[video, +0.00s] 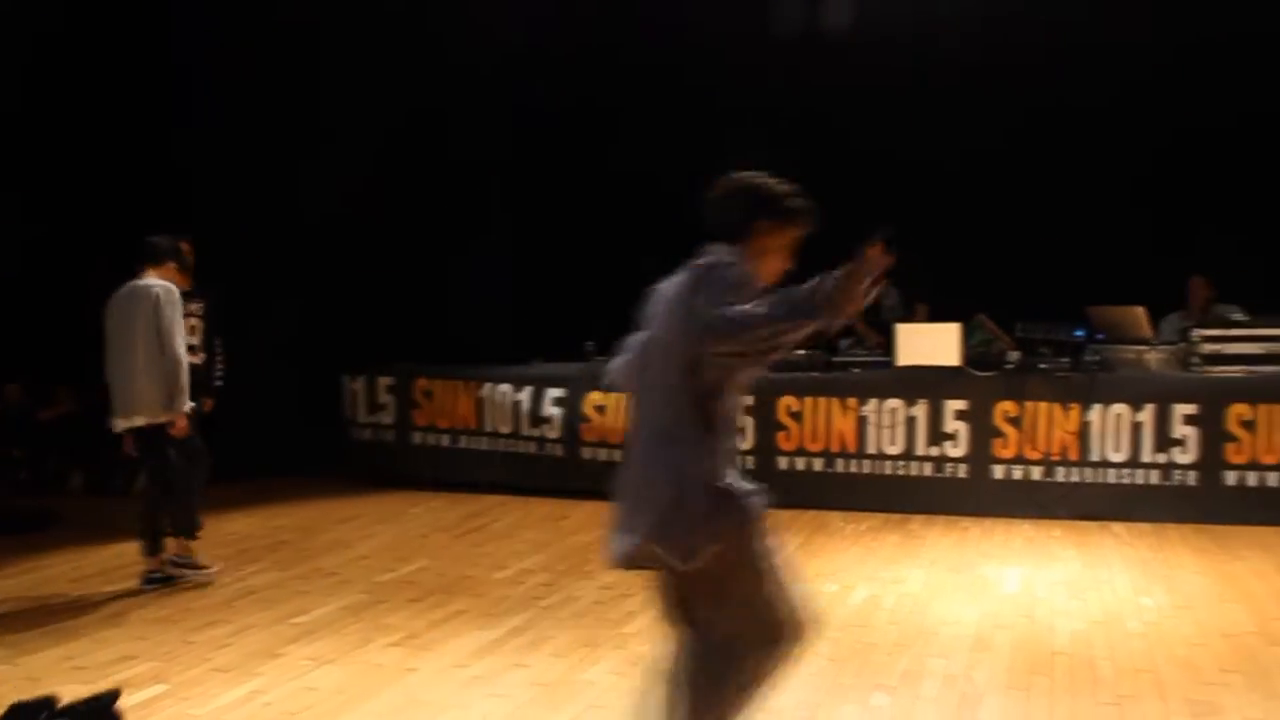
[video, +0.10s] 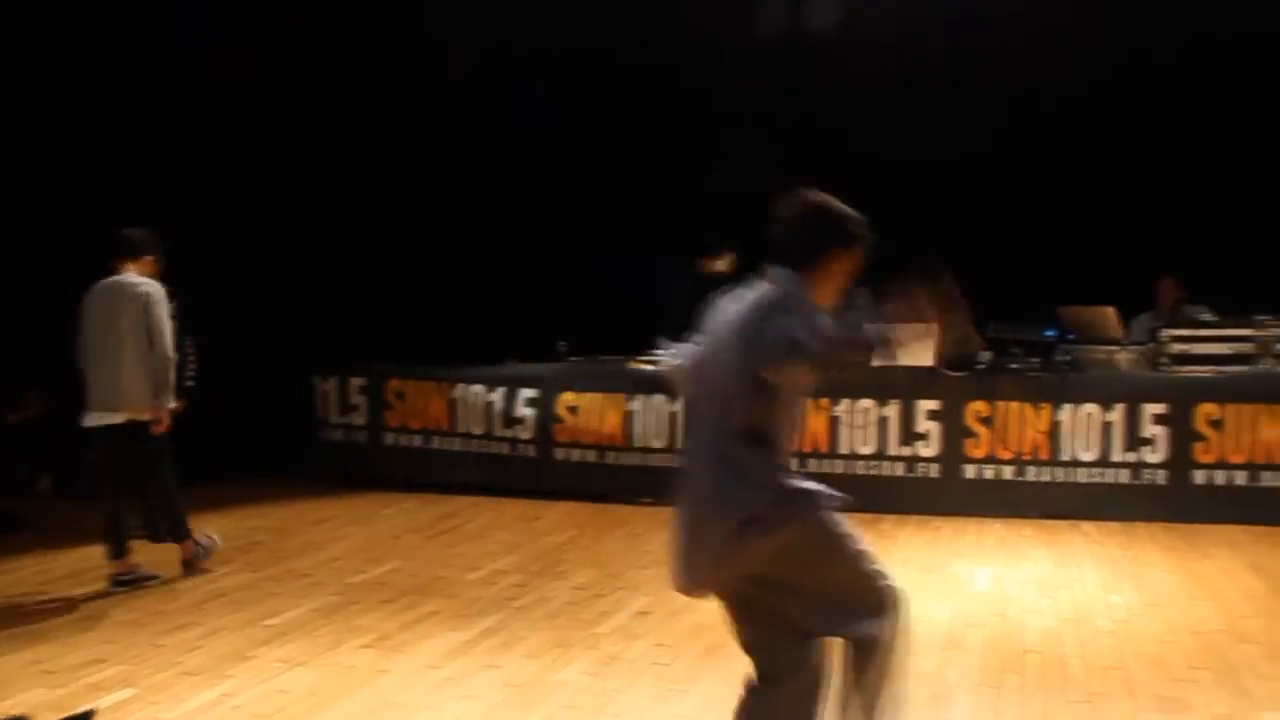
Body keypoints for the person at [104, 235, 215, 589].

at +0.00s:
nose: (179, 279)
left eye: (179, 273)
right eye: (179, 272)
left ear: (145, 265)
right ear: (169, 266)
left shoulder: (118, 299)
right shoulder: (165, 292)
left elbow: (116, 364)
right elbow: (176, 352)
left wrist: (124, 421)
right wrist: (181, 407)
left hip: (135, 412)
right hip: (164, 410)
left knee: (151, 482)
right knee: (184, 473)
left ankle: (153, 560)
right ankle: (182, 550)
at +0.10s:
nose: (156, 269)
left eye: (154, 264)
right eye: (155, 264)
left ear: (120, 261)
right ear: (148, 261)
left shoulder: (95, 294)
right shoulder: (151, 292)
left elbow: (87, 353)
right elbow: (164, 351)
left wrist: (102, 396)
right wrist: (164, 402)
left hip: (101, 417)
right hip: (141, 414)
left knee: (113, 490)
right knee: (160, 481)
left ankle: (121, 562)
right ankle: (188, 546)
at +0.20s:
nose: (120, 269)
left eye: (117, 264)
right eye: (121, 264)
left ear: (85, 263)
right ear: (118, 263)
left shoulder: (62, 297)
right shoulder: (125, 297)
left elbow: (50, 356)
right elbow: (143, 359)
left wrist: (68, 389)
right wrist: (143, 408)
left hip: (67, 421)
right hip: (114, 418)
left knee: (74, 493)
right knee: (127, 481)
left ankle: (81, 565)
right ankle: (144, 539)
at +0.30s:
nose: (93, 273)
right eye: (94, 268)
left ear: (56, 264)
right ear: (93, 267)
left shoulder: (33, 296)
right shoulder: (101, 302)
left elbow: (16, 354)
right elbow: (118, 364)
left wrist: (32, 388)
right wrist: (116, 414)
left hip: (32, 421)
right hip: (80, 422)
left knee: (46, 492)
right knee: (87, 486)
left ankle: (52, 565)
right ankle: (97, 551)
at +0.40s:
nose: (67, 281)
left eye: (65, 276)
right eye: (66, 276)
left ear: (29, 271)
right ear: (62, 275)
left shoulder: (8, 298)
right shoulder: (72, 309)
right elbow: (92, 370)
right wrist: (87, 420)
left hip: (9, 414)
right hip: (52, 415)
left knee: (19, 479)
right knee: (60, 481)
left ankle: (32, 530)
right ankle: (62, 553)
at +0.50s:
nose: (12, 277)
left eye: (9, 270)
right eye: (16, 270)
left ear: (3, 269)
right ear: (24, 270)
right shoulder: (39, 305)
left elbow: (56, 366)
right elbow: (58, 366)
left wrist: (51, 415)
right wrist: (54, 415)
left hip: (4, 417)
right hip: (22, 417)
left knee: (8, 485)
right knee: (25, 488)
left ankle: (12, 522)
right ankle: (26, 562)